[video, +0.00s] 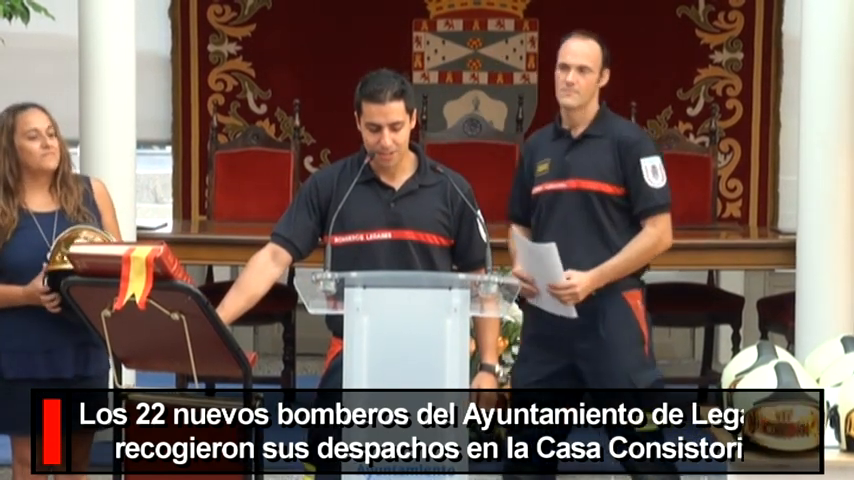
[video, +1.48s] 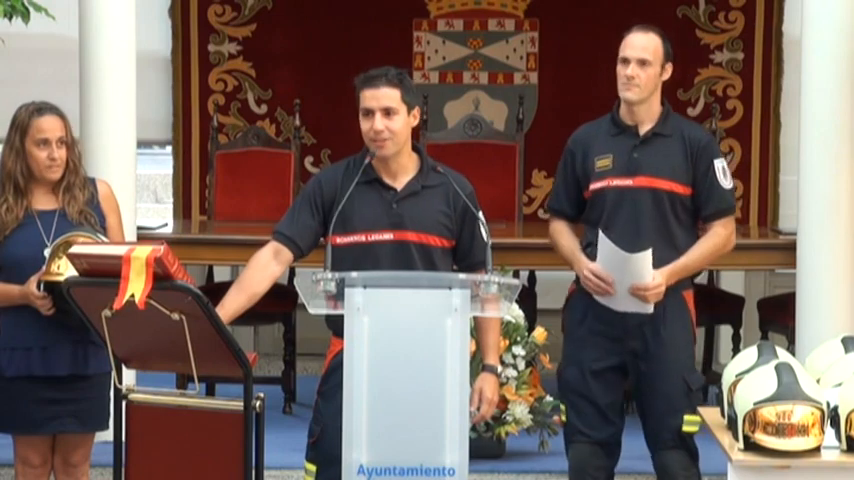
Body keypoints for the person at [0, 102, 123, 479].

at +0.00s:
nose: (48, 142)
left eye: (51, 133)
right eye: (33, 136)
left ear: (60, 139)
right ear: (11, 149)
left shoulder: (91, 191)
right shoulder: (4, 205)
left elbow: (118, 265)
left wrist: (80, 282)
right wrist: (26, 294)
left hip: (84, 360)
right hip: (20, 362)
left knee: (77, 465)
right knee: (29, 466)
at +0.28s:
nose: (53, 151)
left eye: (58, 141)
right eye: (40, 143)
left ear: (67, 144)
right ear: (16, 151)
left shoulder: (94, 193)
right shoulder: (6, 206)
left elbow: (118, 269)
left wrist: (81, 284)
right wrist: (26, 295)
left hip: (86, 361)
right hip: (21, 362)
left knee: (77, 466)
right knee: (29, 466)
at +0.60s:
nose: (54, 158)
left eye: (61, 147)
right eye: (42, 148)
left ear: (70, 148)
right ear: (19, 151)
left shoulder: (95, 194)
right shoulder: (6, 205)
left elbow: (119, 271)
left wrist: (81, 284)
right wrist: (27, 295)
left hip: (86, 363)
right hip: (21, 364)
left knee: (77, 467)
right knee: (30, 468)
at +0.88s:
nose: (55, 158)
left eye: (62, 147)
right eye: (43, 147)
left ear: (72, 148)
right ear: (20, 151)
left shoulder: (97, 194)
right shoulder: (6, 205)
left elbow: (122, 271)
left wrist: (81, 284)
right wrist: (23, 295)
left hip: (85, 359)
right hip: (22, 360)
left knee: (76, 464)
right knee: (32, 465)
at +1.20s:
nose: (55, 155)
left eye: (62, 144)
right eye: (43, 145)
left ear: (72, 147)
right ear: (20, 149)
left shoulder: (98, 194)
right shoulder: (6, 205)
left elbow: (122, 271)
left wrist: (80, 281)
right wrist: (21, 294)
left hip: (85, 359)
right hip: (22, 359)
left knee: (75, 464)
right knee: (32, 465)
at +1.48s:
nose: (54, 153)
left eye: (61, 143)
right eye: (42, 144)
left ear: (72, 147)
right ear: (19, 149)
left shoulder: (98, 194)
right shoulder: (6, 204)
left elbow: (122, 270)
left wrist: (79, 282)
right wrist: (21, 294)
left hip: (85, 358)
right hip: (22, 359)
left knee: (76, 464)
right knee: (32, 464)